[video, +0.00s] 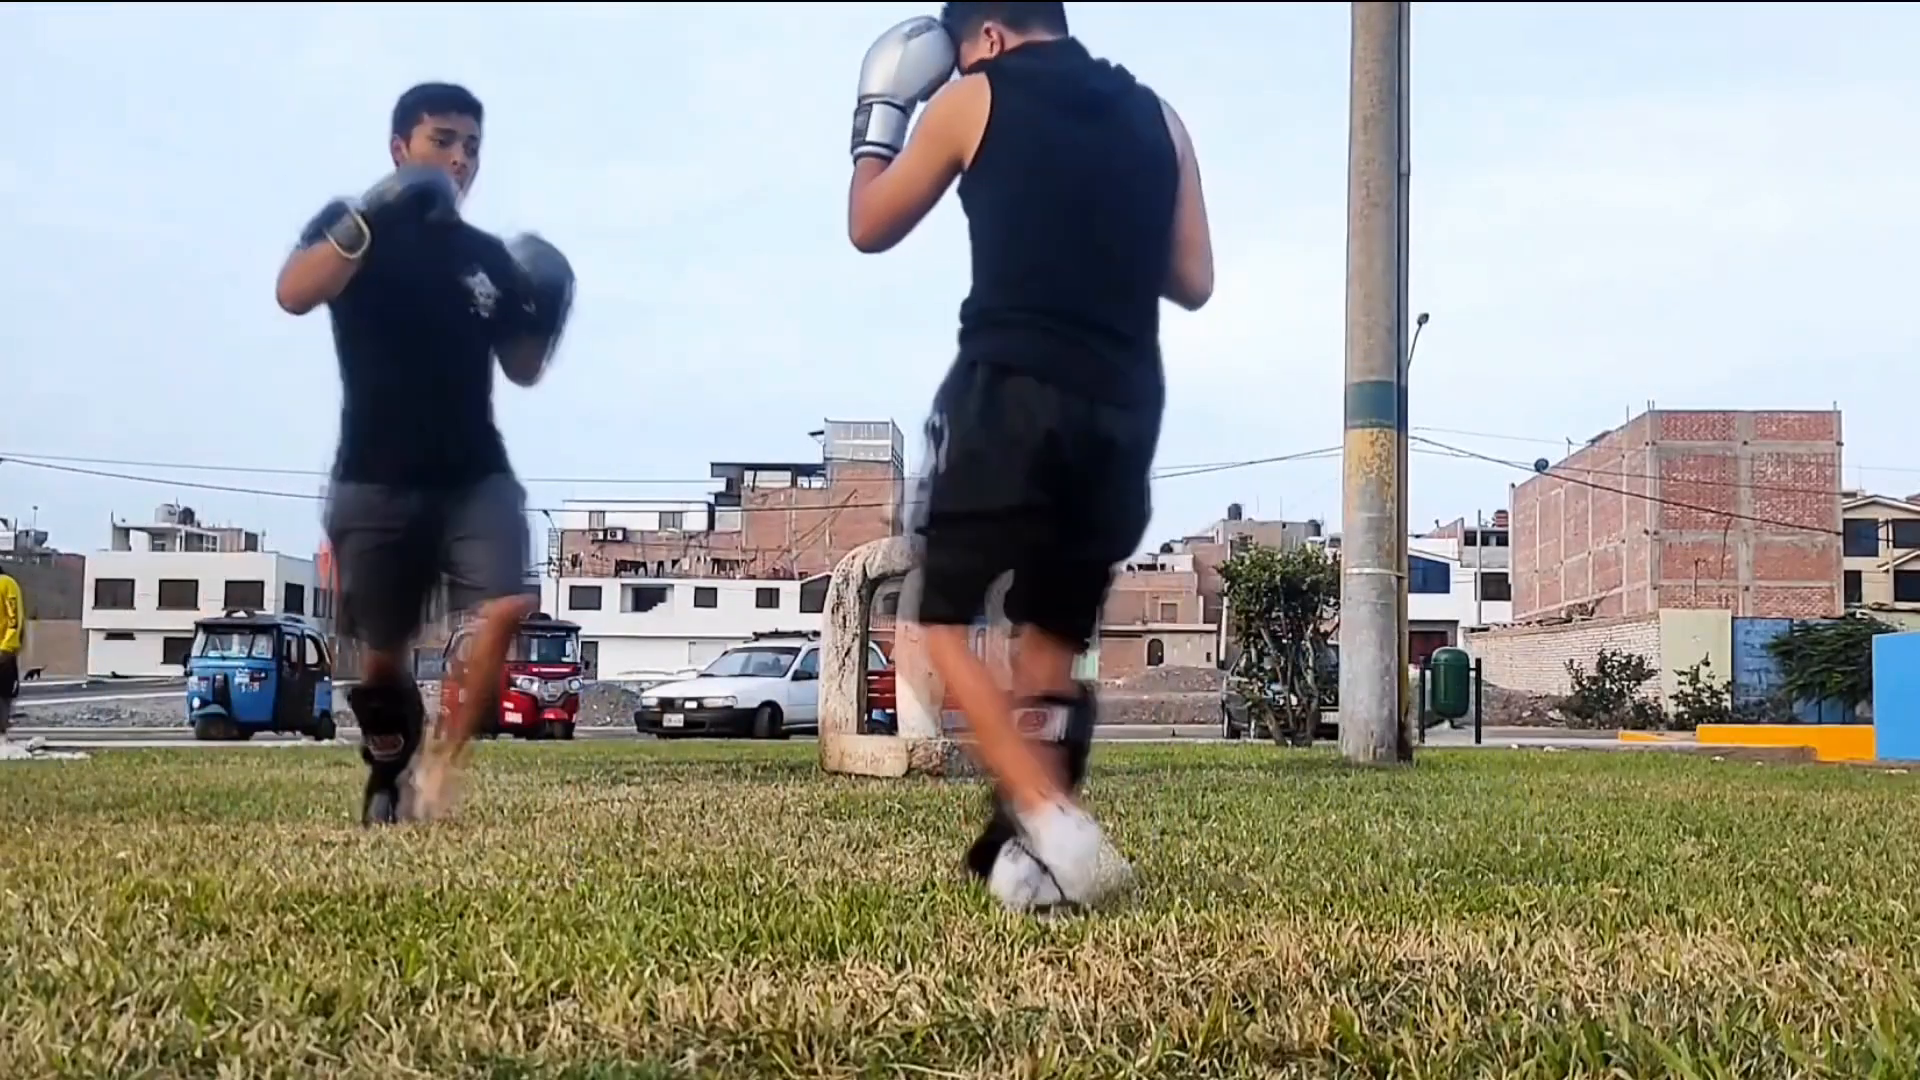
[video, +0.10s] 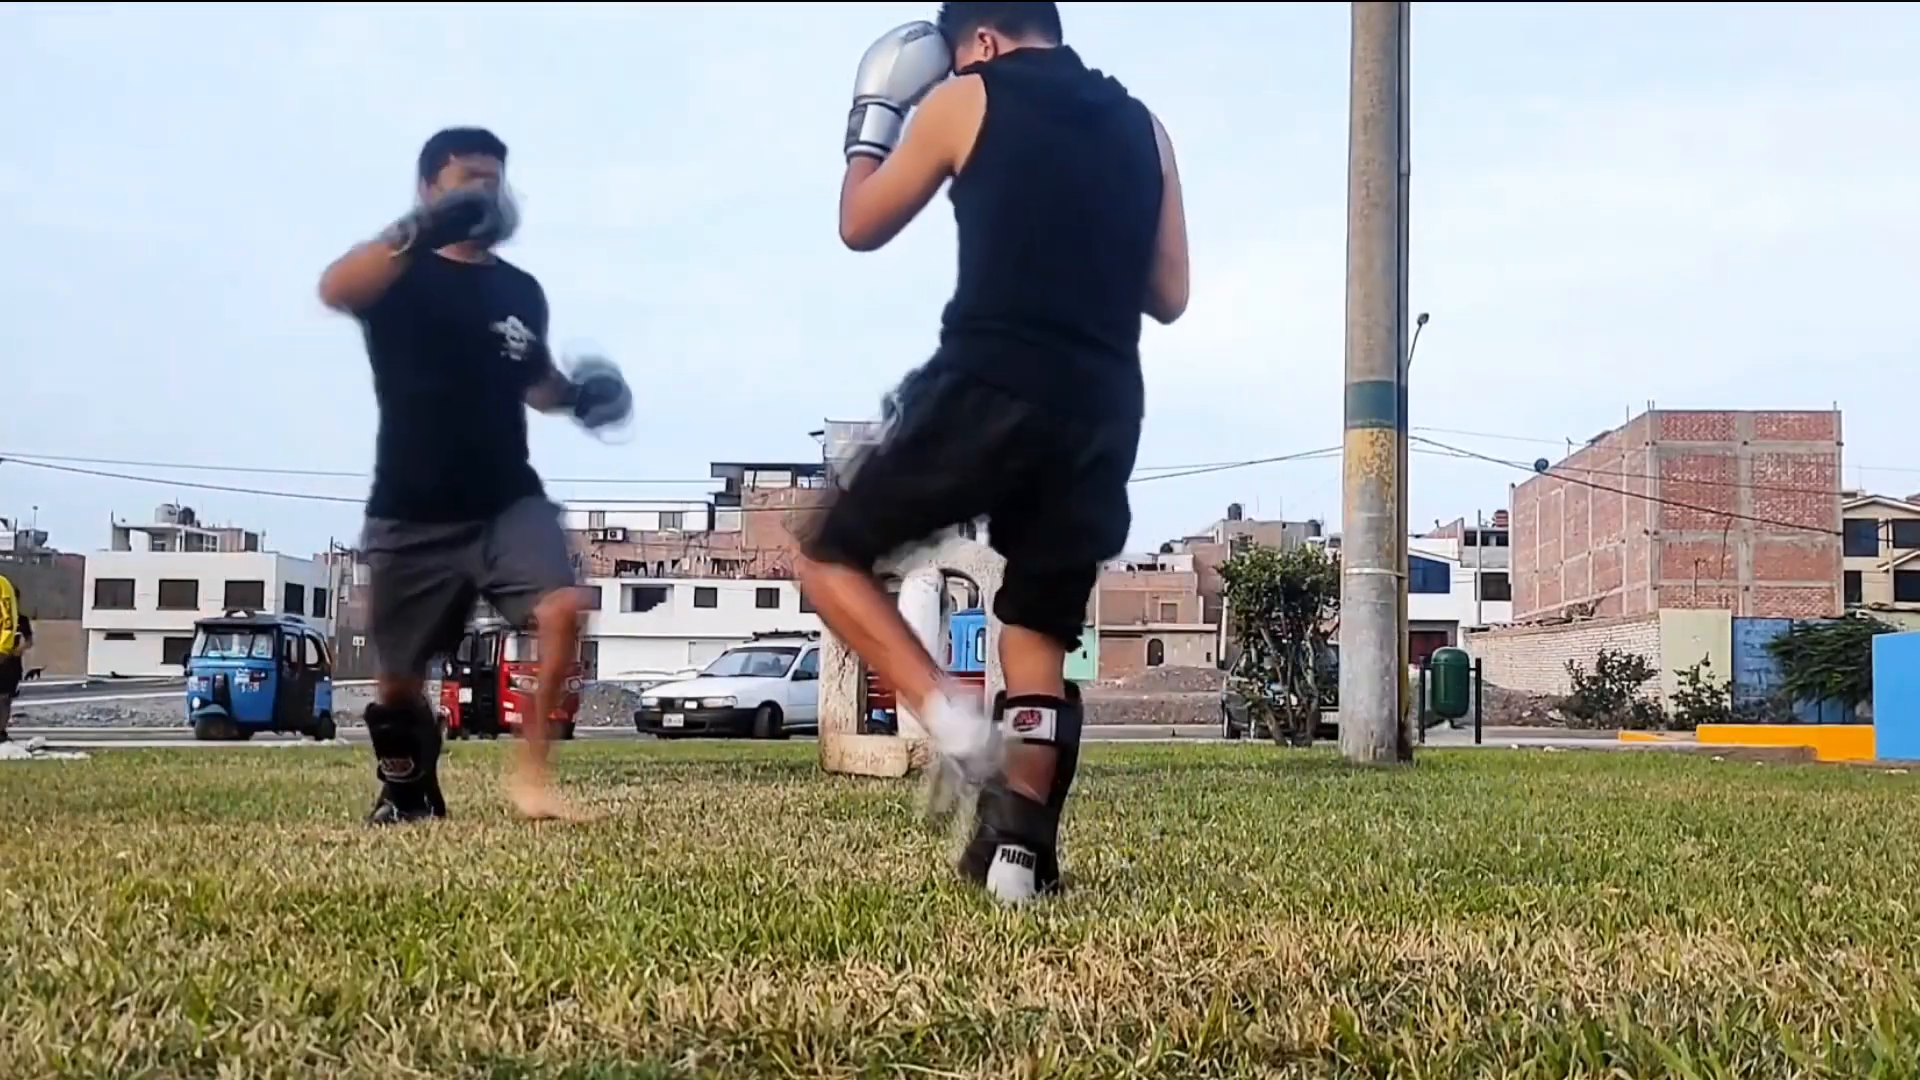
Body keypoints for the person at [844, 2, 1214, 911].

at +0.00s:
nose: (958, 62)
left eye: (957, 47)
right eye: (957, 49)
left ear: (990, 33)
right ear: (1058, 27)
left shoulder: (978, 97)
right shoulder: (1158, 117)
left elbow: (870, 224)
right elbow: (1192, 279)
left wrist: (878, 119)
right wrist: (1100, 224)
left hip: (1008, 390)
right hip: (1124, 407)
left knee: (940, 628)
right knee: (1054, 632)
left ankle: (1065, 838)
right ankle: (1027, 859)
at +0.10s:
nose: (956, 71)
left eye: (955, 57)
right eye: (955, 59)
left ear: (982, 40)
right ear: (1052, 35)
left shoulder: (967, 98)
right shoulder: (1146, 126)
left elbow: (861, 223)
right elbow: (1170, 296)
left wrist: (878, 113)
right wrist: (1084, 227)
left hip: (988, 386)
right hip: (1104, 408)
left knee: (825, 556)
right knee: (1040, 629)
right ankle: (1020, 858)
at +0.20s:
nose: (938, 54)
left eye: (939, 39)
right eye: (939, 41)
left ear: (968, 28)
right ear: (1041, 27)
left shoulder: (949, 90)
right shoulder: (1128, 121)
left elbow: (846, 215)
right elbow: (1145, 289)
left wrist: (865, 110)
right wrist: (1067, 222)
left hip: (963, 368)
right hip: (1079, 398)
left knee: (780, 460)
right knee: (1026, 622)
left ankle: (880, 612)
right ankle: (1017, 856)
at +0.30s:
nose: (921, 54)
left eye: (921, 41)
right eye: (922, 42)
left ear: (946, 30)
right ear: (1021, 28)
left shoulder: (928, 90)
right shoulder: (1109, 120)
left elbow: (829, 218)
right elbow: (1125, 284)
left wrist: (848, 110)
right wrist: (1043, 224)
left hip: (926, 374)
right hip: (1045, 410)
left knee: (772, 397)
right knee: (1011, 621)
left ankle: (845, 566)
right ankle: (1013, 851)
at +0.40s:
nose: (899, 69)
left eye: (900, 54)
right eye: (900, 56)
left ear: (926, 43)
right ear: (999, 36)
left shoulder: (904, 104)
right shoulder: (1084, 123)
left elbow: (813, 233)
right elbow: (1106, 287)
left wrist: (827, 128)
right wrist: (1027, 225)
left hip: (895, 384)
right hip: (1018, 417)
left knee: (764, 403)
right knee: (1000, 623)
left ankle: (807, 582)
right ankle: (1013, 851)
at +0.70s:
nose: (833, 91)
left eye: (829, 79)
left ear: (832, 79)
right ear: (919, 87)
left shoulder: (785, 145)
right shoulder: (965, 156)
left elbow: (752, 276)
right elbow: (1005, 310)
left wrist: (825, 250)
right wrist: (937, 243)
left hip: (778, 428)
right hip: (899, 436)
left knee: (694, 591)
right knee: (929, 634)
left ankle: (625, 786)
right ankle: (986, 848)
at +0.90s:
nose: (896, 140)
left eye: (893, 128)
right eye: (898, 128)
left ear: (820, 94)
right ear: (889, 119)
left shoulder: (742, 153)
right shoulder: (873, 176)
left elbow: (693, 281)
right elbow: (896, 337)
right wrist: (906, 255)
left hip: (658, 424)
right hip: (769, 435)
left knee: (653, 631)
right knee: (878, 619)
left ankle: (611, 835)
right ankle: (832, 812)